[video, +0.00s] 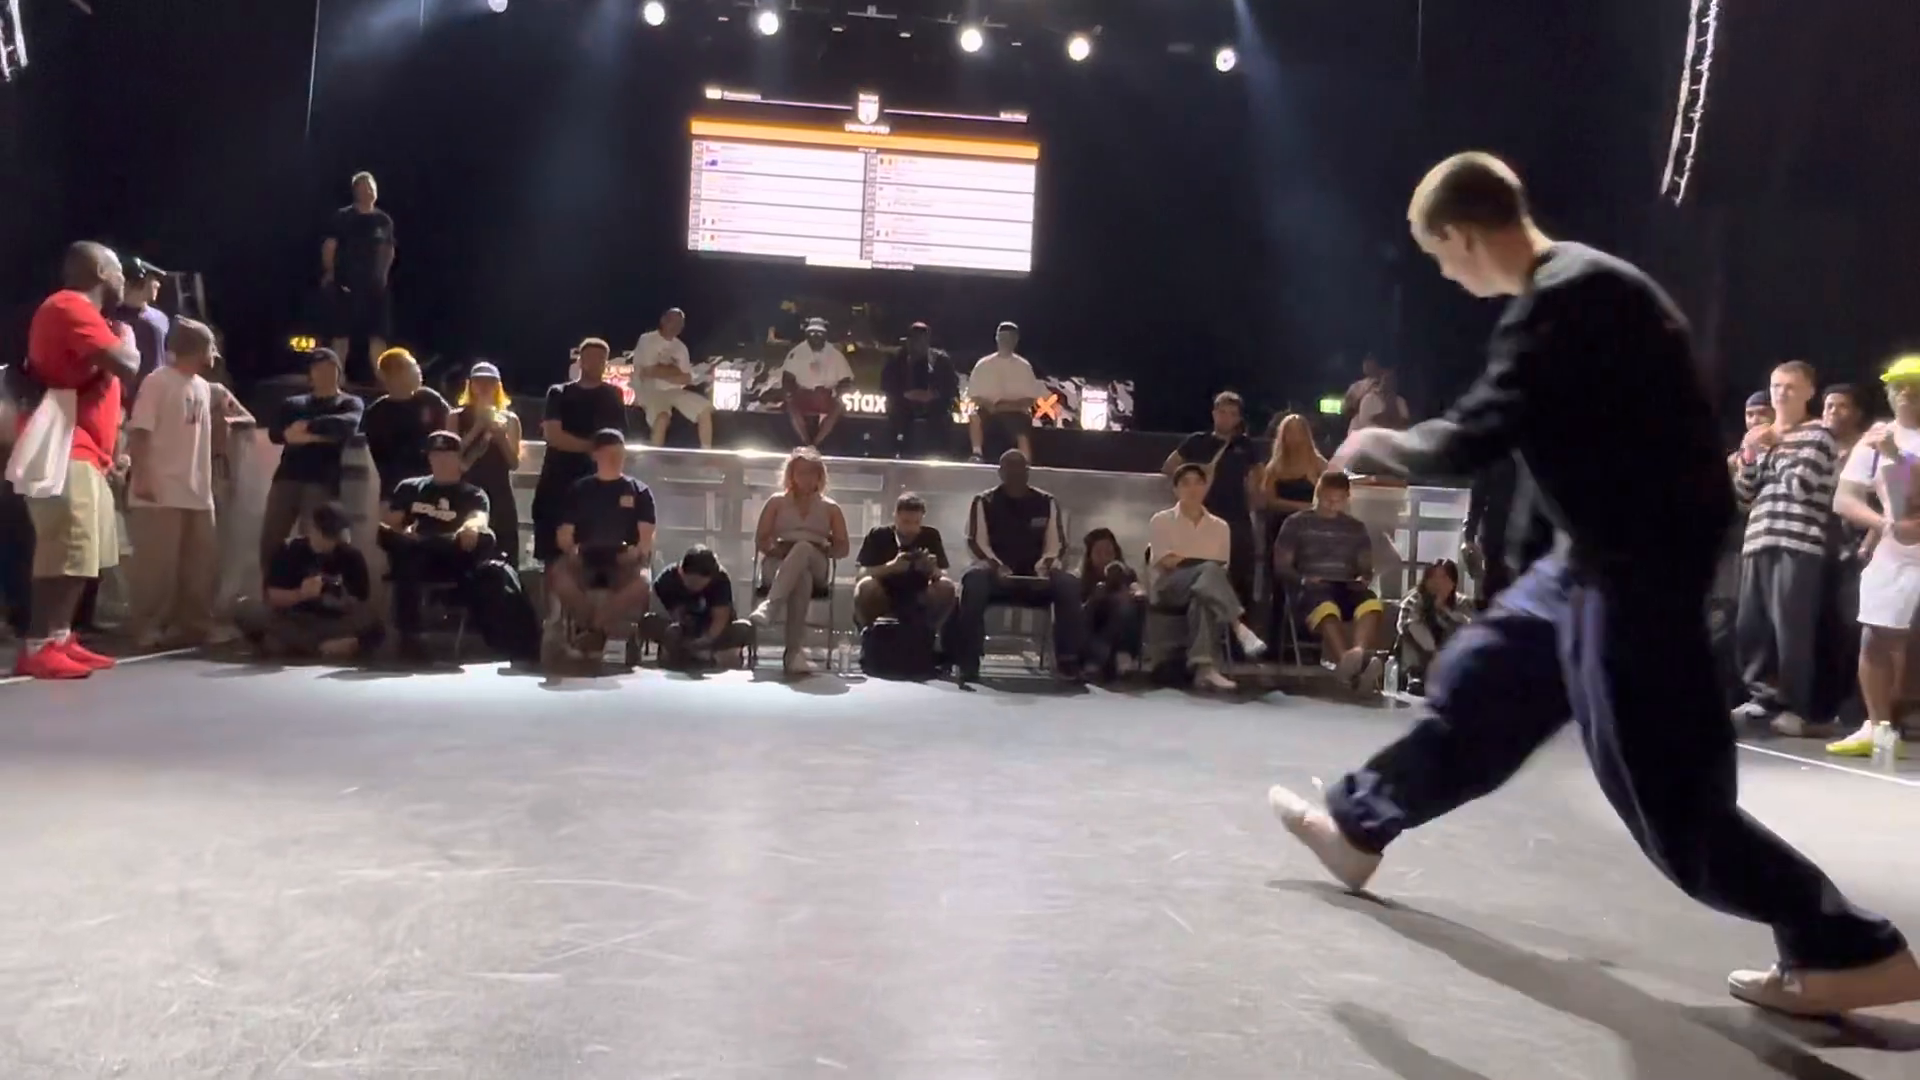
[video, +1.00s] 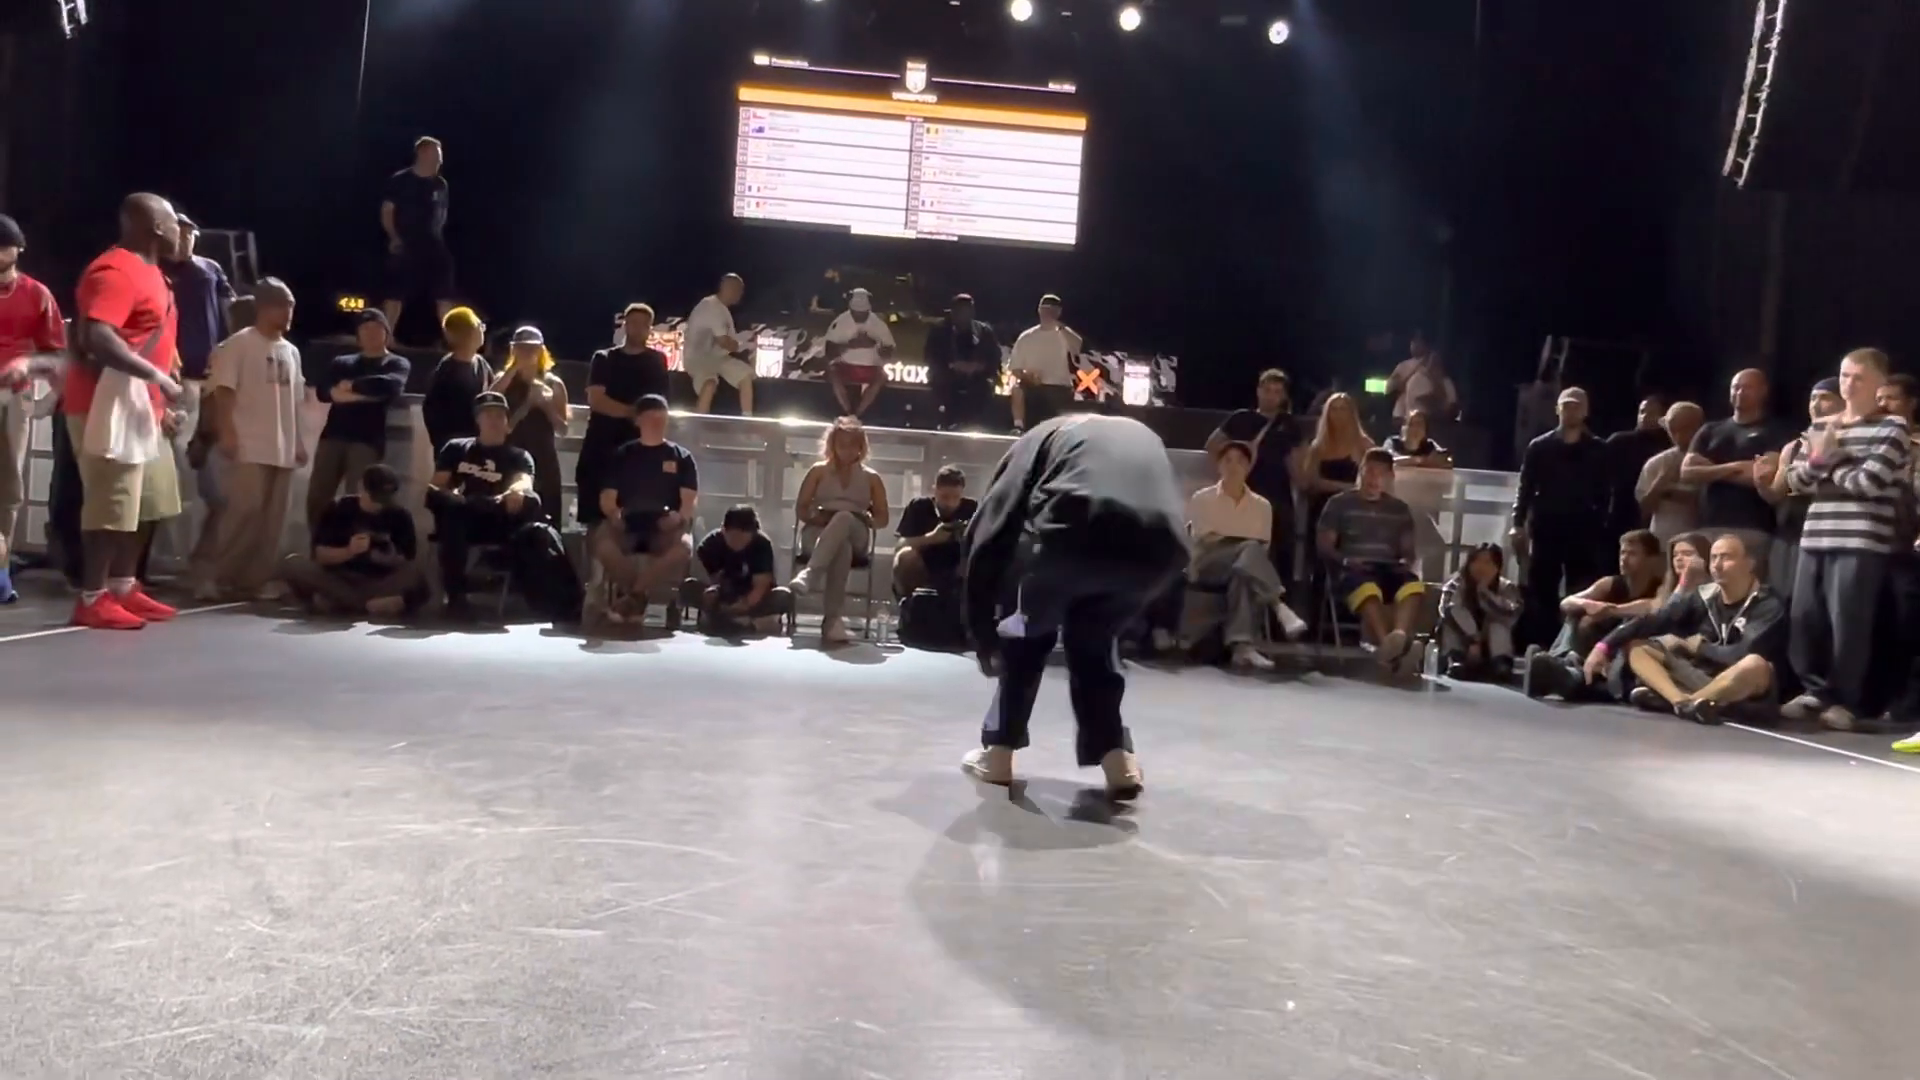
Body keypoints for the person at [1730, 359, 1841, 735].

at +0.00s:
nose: (1780, 394)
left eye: (1789, 388)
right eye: (1776, 387)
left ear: (1809, 394)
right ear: (1770, 392)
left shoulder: (1818, 435)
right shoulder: (1764, 440)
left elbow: (1805, 483)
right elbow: (1746, 495)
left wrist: (1770, 451)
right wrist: (1748, 456)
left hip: (1798, 536)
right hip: (1758, 536)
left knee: (1792, 623)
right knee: (1750, 621)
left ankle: (1798, 708)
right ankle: (1761, 694)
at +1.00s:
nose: (1847, 384)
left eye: (1857, 378)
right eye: (1844, 377)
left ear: (1879, 385)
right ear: (1839, 381)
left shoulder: (1893, 429)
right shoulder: (1826, 428)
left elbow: (1870, 481)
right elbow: (1794, 480)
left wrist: (1827, 471)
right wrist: (1823, 455)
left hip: (1859, 539)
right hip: (1815, 537)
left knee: (1849, 621)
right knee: (1804, 614)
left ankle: (1847, 702)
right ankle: (1814, 690)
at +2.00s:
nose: (1861, 383)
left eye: (1870, 377)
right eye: (1858, 376)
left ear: (1894, 380)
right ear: (1854, 380)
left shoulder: (1905, 423)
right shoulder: (1839, 422)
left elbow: (1876, 467)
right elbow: (1798, 458)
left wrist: (1831, 466)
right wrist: (1846, 453)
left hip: (1870, 534)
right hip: (1824, 532)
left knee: (1861, 618)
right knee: (1820, 615)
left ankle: (1863, 699)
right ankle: (1832, 689)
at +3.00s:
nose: (1878, 380)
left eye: (1887, 373)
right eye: (1875, 373)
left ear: (1915, 377)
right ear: (1871, 375)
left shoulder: (1918, 424)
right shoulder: (1857, 418)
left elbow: (1898, 479)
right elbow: (1824, 464)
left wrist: (1847, 470)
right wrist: (1866, 469)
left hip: (1894, 541)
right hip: (1847, 536)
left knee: (1881, 623)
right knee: (1835, 612)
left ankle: (1876, 699)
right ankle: (1838, 687)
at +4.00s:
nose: (1875, 380)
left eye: (1884, 373)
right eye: (1871, 373)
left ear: (1908, 376)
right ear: (1865, 374)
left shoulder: (1913, 424)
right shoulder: (1845, 423)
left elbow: (1895, 476)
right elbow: (1811, 464)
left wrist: (1841, 476)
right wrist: (1858, 469)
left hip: (1883, 535)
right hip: (1835, 533)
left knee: (1876, 619)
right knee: (1830, 614)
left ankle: (1875, 697)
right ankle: (1837, 685)